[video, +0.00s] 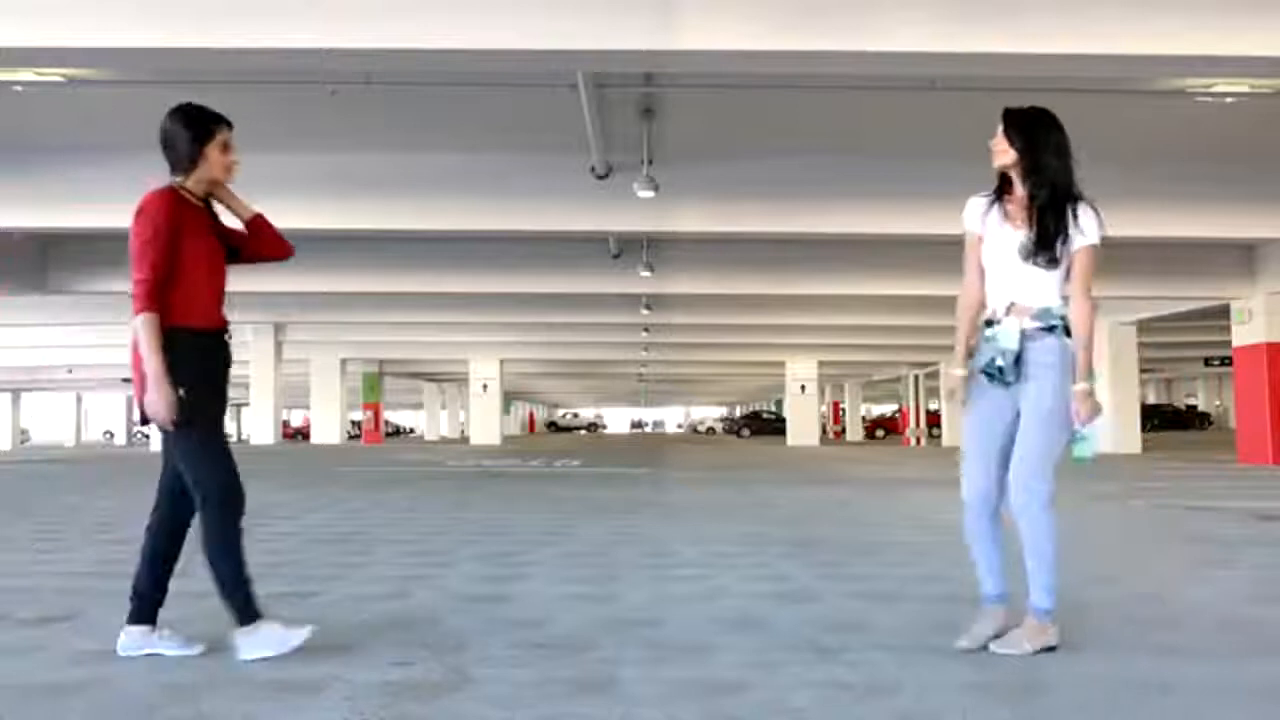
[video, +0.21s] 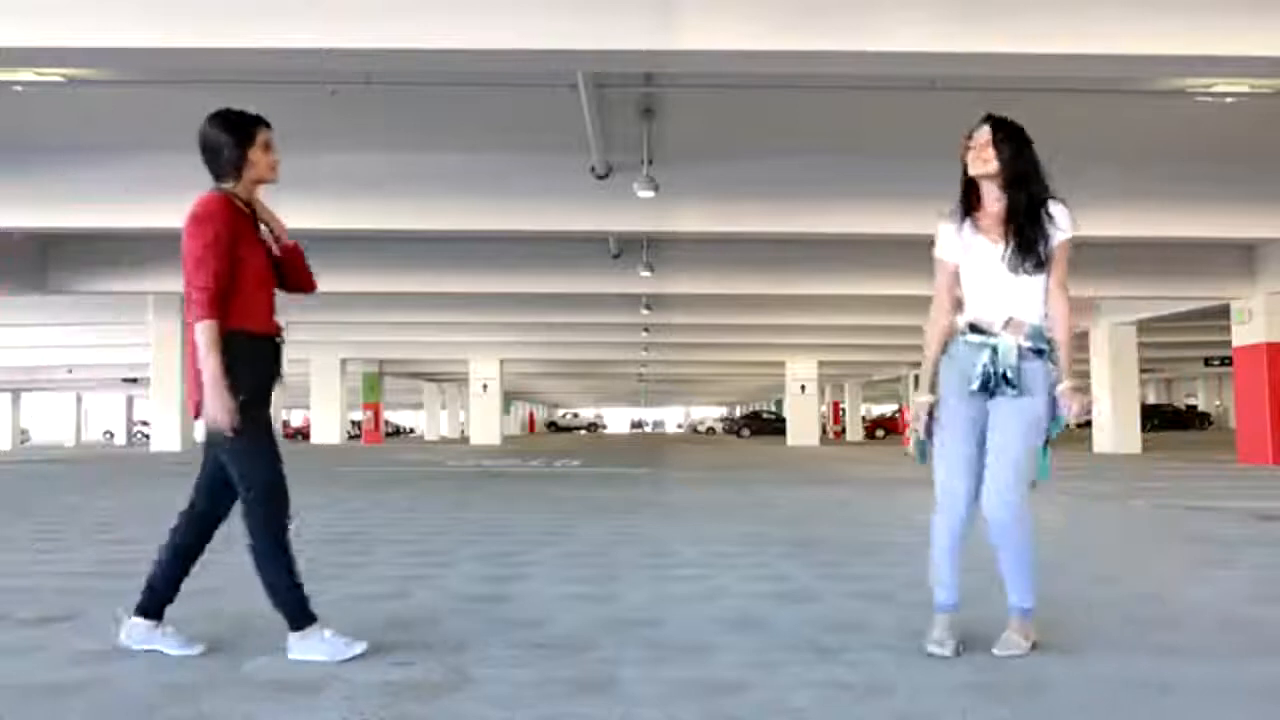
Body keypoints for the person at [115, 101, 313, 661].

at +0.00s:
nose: (234, 158)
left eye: (232, 147)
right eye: (226, 147)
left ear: (206, 154)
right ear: (196, 152)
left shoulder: (208, 224)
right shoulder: (159, 209)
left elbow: (277, 249)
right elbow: (144, 297)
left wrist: (231, 199)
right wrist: (156, 380)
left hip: (208, 358)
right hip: (175, 358)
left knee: (176, 499)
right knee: (220, 492)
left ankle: (140, 626)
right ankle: (250, 627)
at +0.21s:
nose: (275, 157)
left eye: (272, 147)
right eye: (266, 148)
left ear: (241, 159)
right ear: (239, 156)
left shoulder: (248, 220)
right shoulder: (211, 212)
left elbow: (302, 283)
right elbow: (203, 305)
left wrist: (275, 225)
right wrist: (214, 387)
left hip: (258, 362)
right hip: (230, 364)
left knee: (210, 500)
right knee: (265, 496)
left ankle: (144, 618)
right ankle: (303, 630)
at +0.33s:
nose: (299, 150)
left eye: (296, 140)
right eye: (289, 141)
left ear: (266, 151)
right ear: (261, 151)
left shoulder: (272, 214)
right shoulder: (238, 211)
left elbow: (300, 302)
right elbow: (236, 305)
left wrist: (307, 247)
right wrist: (276, 376)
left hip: (290, 359)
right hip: (259, 362)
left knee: (269, 499)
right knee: (279, 499)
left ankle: (169, 599)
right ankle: (304, 630)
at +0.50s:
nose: (333, 151)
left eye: (329, 142)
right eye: (324, 142)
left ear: (294, 152)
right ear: (298, 150)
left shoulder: (297, 213)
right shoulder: (271, 207)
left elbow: (312, 296)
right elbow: (300, 289)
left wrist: (367, 300)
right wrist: (355, 322)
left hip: (321, 356)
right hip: (291, 356)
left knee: (348, 495)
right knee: (295, 493)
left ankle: (257, 587)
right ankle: (304, 630)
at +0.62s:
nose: (359, 152)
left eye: (356, 143)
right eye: (350, 142)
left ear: (323, 151)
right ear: (321, 148)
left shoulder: (335, 220)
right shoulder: (288, 203)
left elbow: (390, 271)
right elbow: (337, 226)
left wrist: (453, 272)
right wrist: (409, 225)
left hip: (344, 361)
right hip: (304, 360)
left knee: (385, 482)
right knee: (304, 494)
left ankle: (351, 614)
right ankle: (304, 631)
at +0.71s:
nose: (376, 145)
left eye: (375, 135)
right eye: (367, 136)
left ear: (336, 147)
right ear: (341, 144)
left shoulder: (354, 216)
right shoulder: (317, 199)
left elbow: (394, 250)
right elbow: (360, 161)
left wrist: (446, 235)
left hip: (359, 359)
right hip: (321, 357)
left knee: (397, 486)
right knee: (309, 495)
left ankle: (410, 616)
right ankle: (304, 631)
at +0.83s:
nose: (417, 135)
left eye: (409, 128)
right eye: (405, 131)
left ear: (393, 151)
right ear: (383, 149)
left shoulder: (404, 213)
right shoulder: (372, 194)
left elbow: (391, 277)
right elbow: (332, 150)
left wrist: (424, 263)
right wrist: (332, 73)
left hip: (392, 358)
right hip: (352, 354)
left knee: (421, 497)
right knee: (330, 495)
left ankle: (452, 619)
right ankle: (306, 630)